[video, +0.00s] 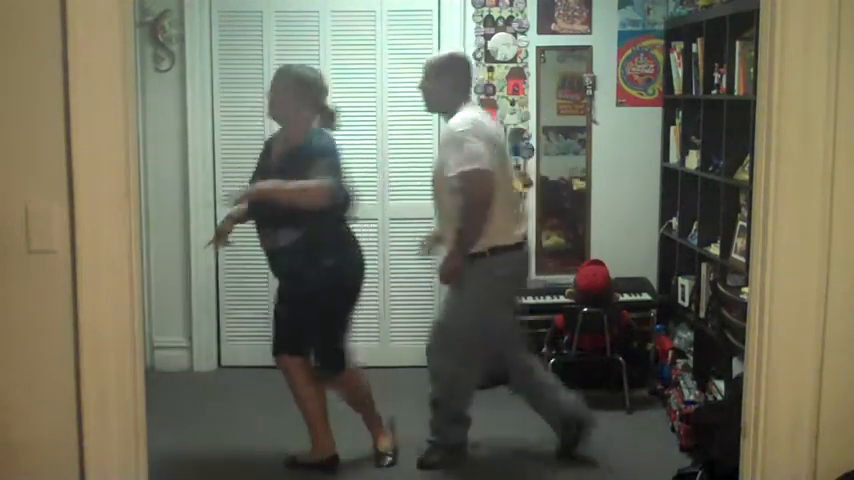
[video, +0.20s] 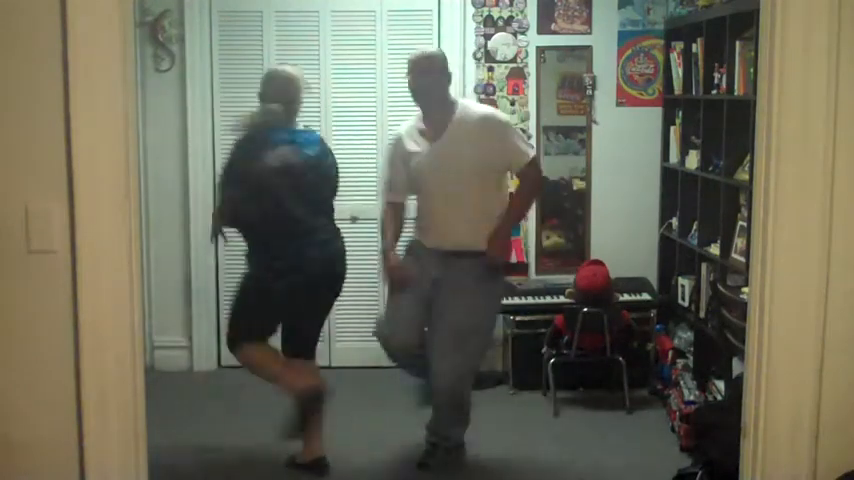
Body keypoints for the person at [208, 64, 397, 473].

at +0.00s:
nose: (269, 98)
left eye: (277, 92)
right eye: (271, 91)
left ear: (301, 100)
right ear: (286, 101)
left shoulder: (321, 145)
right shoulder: (273, 146)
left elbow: (324, 193)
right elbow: (266, 198)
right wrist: (234, 219)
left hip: (333, 263)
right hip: (296, 266)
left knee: (329, 364)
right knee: (289, 354)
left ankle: (378, 427)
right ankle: (323, 449)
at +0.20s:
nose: (278, 105)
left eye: (268, 98)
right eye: (292, 98)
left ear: (261, 99)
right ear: (298, 101)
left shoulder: (250, 145)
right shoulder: (316, 144)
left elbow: (230, 212)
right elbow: (328, 196)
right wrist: (288, 207)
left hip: (276, 265)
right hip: (327, 262)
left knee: (243, 340)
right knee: (301, 351)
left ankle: (297, 381)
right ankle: (313, 450)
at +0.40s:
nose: (283, 98)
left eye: (280, 91)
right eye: (278, 93)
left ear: (236, 97)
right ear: (269, 98)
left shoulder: (215, 143)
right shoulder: (292, 144)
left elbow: (181, 191)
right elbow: (320, 201)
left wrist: (223, 215)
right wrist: (281, 216)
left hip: (229, 263)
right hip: (283, 263)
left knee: (237, 345)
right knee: (286, 357)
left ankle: (195, 432)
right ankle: (276, 455)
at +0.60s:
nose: (256, 99)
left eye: (253, 92)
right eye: (249, 93)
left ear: (215, 100)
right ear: (230, 101)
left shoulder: (201, 143)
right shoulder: (235, 148)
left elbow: (214, 201)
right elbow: (244, 208)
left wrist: (262, 201)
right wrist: (289, 225)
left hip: (192, 256)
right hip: (225, 261)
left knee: (213, 346)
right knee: (264, 351)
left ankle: (190, 436)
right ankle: (264, 451)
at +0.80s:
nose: (233, 97)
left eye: (232, 90)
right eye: (226, 91)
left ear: (210, 97)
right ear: (201, 98)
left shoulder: (216, 138)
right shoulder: (187, 141)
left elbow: (242, 183)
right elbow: (168, 203)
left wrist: (289, 162)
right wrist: (218, 219)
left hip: (204, 257)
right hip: (184, 259)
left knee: (205, 346)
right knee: (228, 349)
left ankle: (181, 425)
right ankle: (174, 421)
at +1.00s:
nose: (220, 98)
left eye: (217, 91)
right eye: (211, 93)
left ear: (201, 101)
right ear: (186, 102)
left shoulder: (214, 144)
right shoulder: (166, 147)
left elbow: (235, 190)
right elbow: (144, 209)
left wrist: (282, 183)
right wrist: (185, 229)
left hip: (204, 267)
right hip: (166, 268)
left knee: (213, 344)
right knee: (168, 356)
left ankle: (191, 433)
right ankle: (142, 440)